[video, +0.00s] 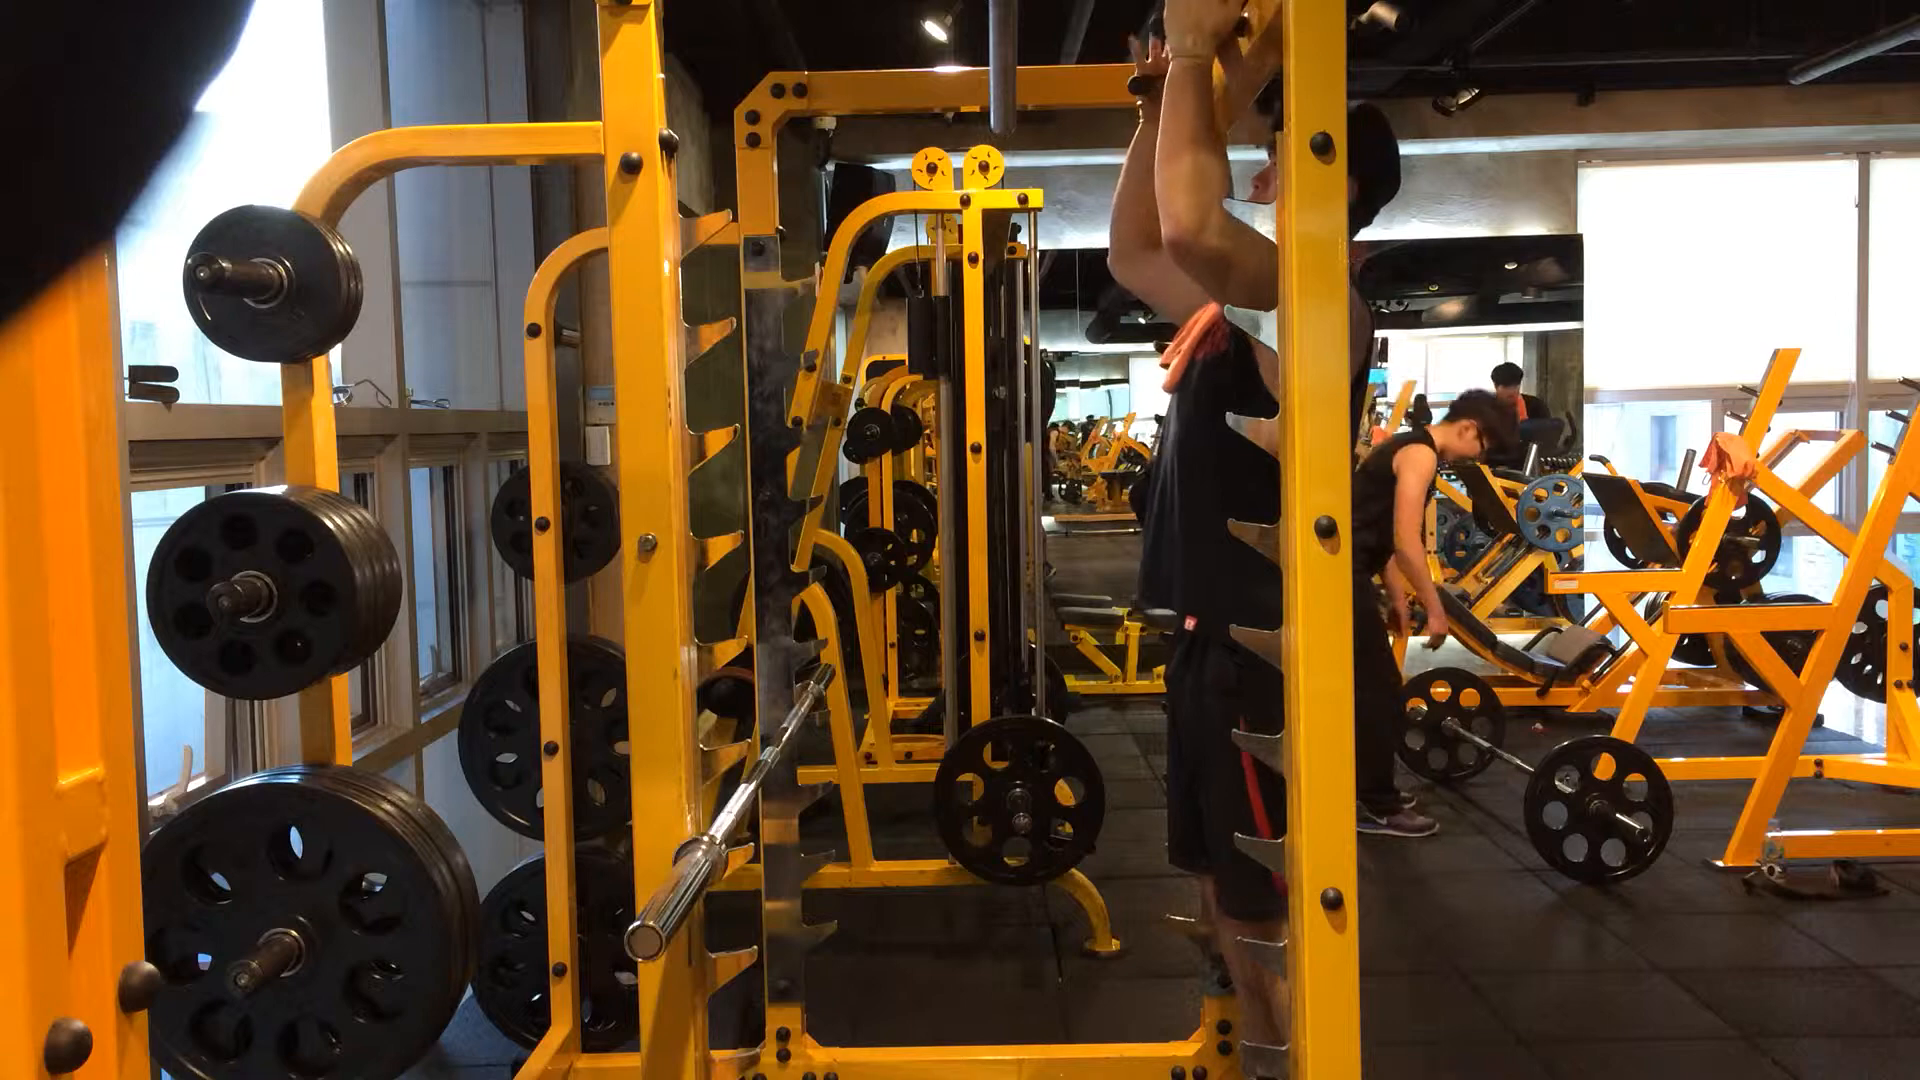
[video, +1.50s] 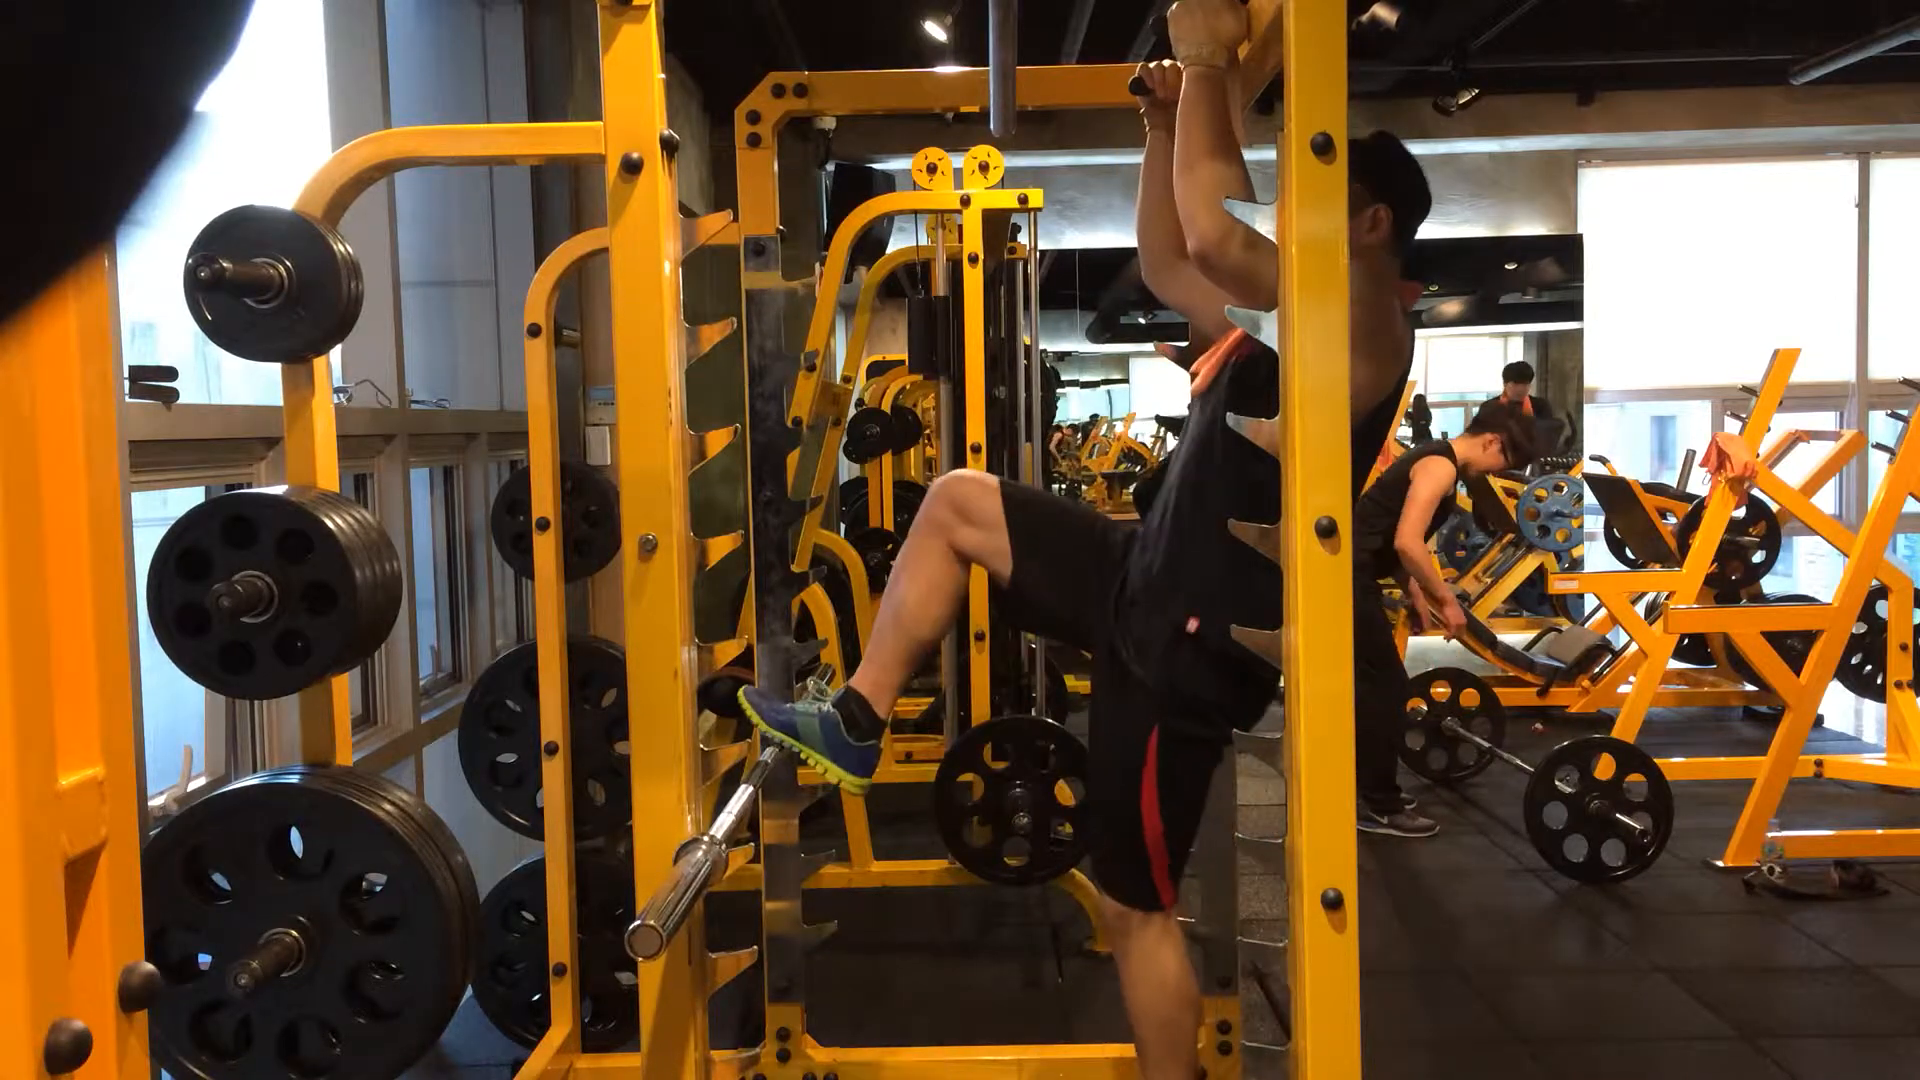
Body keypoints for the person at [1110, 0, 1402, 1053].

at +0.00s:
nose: (1266, 170)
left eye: (1289, 153)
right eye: (1275, 152)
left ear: (1335, 180)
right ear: (1315, 178)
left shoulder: (1325, 297)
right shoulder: (1247, 304)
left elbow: (1194, 227)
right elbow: (1135, 258)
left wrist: (1194, 46)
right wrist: (1153, 113)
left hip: (1277, 648)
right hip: (1215, 639)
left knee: (1262, 921)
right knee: (1222, 897)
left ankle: (1291, 1062)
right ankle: (1253, 1048)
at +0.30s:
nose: (1272, 164)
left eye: (1298, 150)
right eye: (1283, 146)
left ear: (1346, 188)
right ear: (1288, 166)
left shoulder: (1321, 299)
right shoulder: (1249, 297)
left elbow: (1194, 217)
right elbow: (1142, 255)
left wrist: (1202, 41)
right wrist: (1163, 101)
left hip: (1266, 641)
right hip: (1209, 630)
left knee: (1261, 905)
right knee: (1216, 877)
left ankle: (1300, 1053)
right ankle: (1259, 1035)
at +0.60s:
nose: (1293, 192)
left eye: (1316, 176)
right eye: (1299, 174)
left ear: (1371, 200)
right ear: (1345, 198)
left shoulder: (1348, 311)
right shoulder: (1272, 302)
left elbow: (1207, 230)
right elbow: (1153, 261)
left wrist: (1210, 51)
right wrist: (1155, 127)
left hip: (1251, 638)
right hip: (1218, 628)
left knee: (1169, 903)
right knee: (1248, 888)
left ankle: (1210, 1074)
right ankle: (1319, 1035)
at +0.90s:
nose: (1287, 191)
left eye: (1308, 175)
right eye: (1295, 172)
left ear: (1356, 200)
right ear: (1334, 202)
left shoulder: (1348, 313)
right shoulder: (1288, 304)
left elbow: (1203, 237)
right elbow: (1168, 270)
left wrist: (1207, 68)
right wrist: (1157, 136)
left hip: (1216, 652)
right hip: (1173, 630)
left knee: (1165, 933)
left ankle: (1195, 1077)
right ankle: (1152, 940)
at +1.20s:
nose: (1285, 202)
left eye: (1309, 187)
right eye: (1294, 183)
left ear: (1363, 211)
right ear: (1320, 203)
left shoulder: (1359, 317)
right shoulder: (1286, 308)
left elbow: (1208, 234)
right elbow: (1164, 263)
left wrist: (1209, 66)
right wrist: (1158, 132)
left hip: (1202, 643)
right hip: (1151, 579)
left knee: (1154, 905)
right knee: (980, 492)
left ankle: (1178, 1075)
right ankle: (925, 720)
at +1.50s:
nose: (1299, 209)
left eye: (1324, 195)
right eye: (1305, 194)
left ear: (1376, 223)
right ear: (1352, 223)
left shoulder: (1364, 316)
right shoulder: (1288, 325)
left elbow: (1214, 240)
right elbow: (1167, 270)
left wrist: (1207, 67)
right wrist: (1160, 131)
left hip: (1193, 648)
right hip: (1137, 575)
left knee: (1135, 911)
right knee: (954, 502)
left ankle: (1177, 1078)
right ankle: (856, 717)